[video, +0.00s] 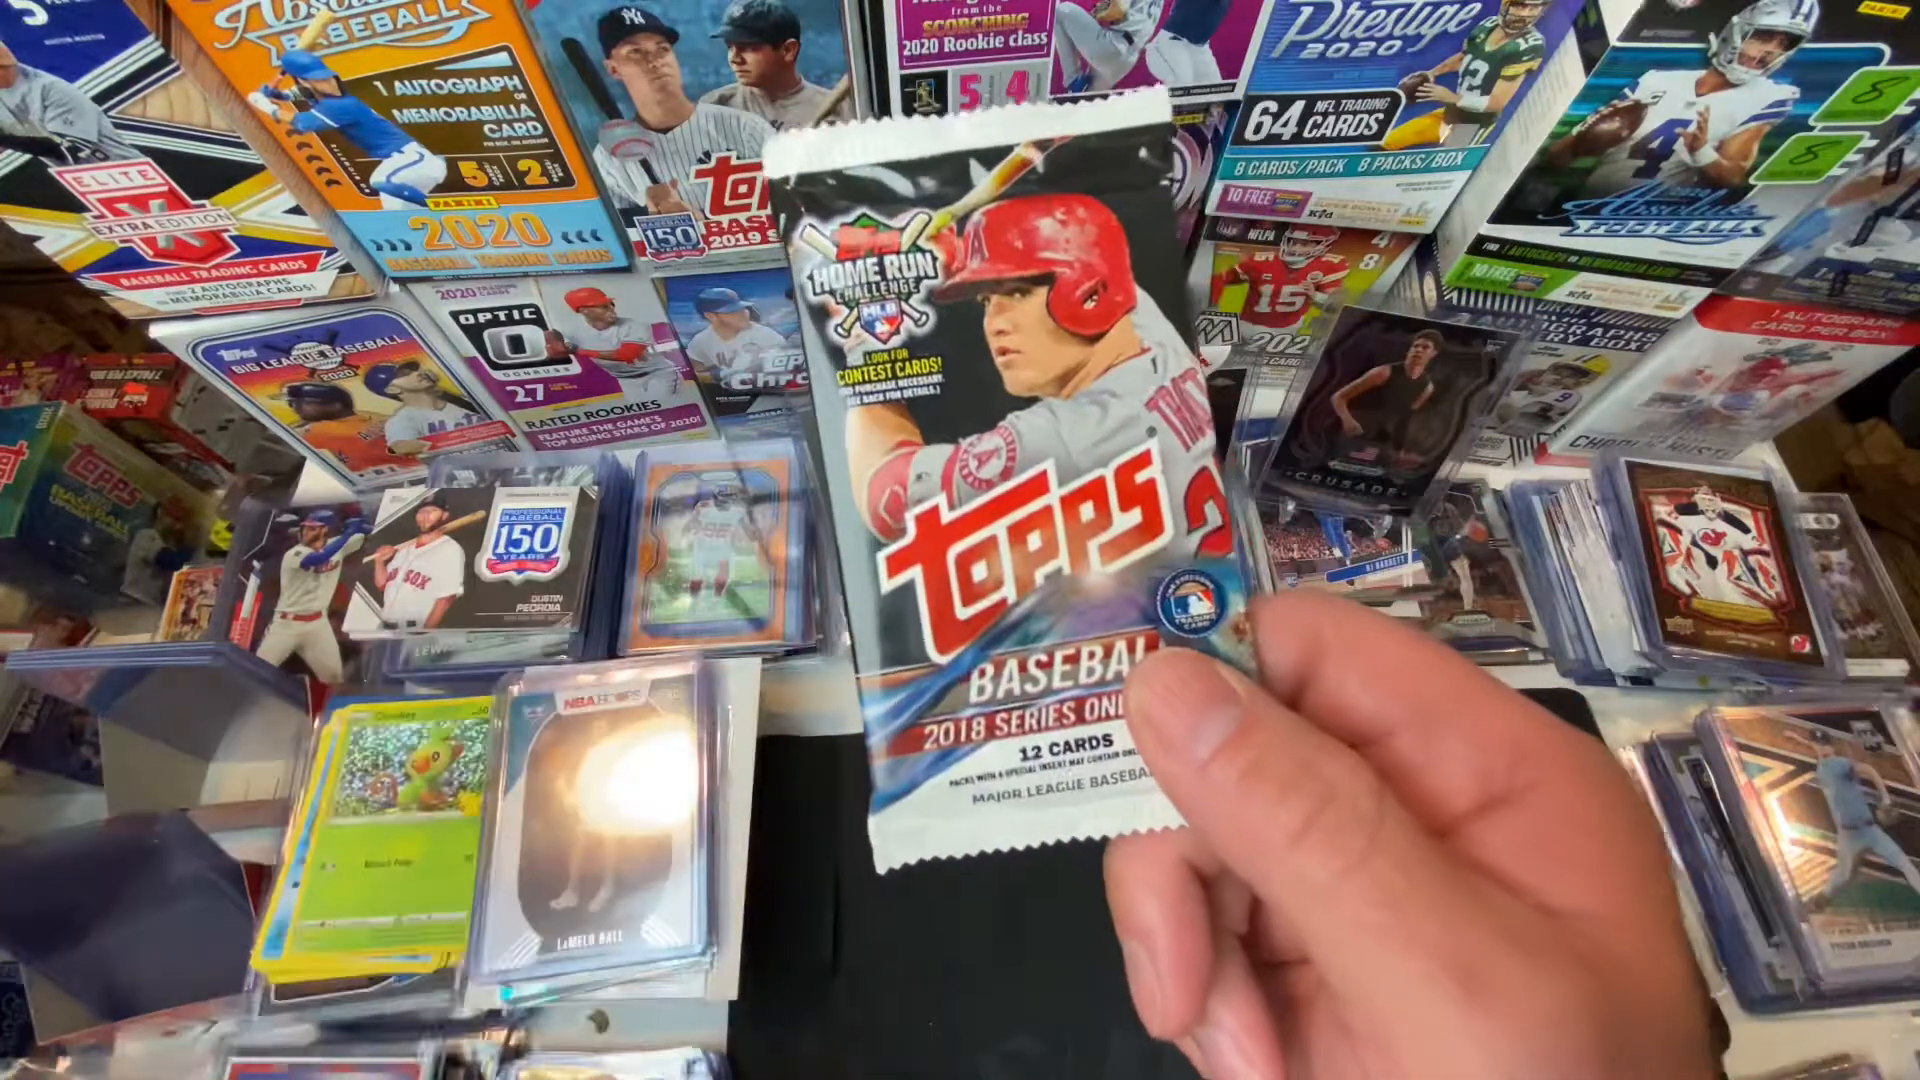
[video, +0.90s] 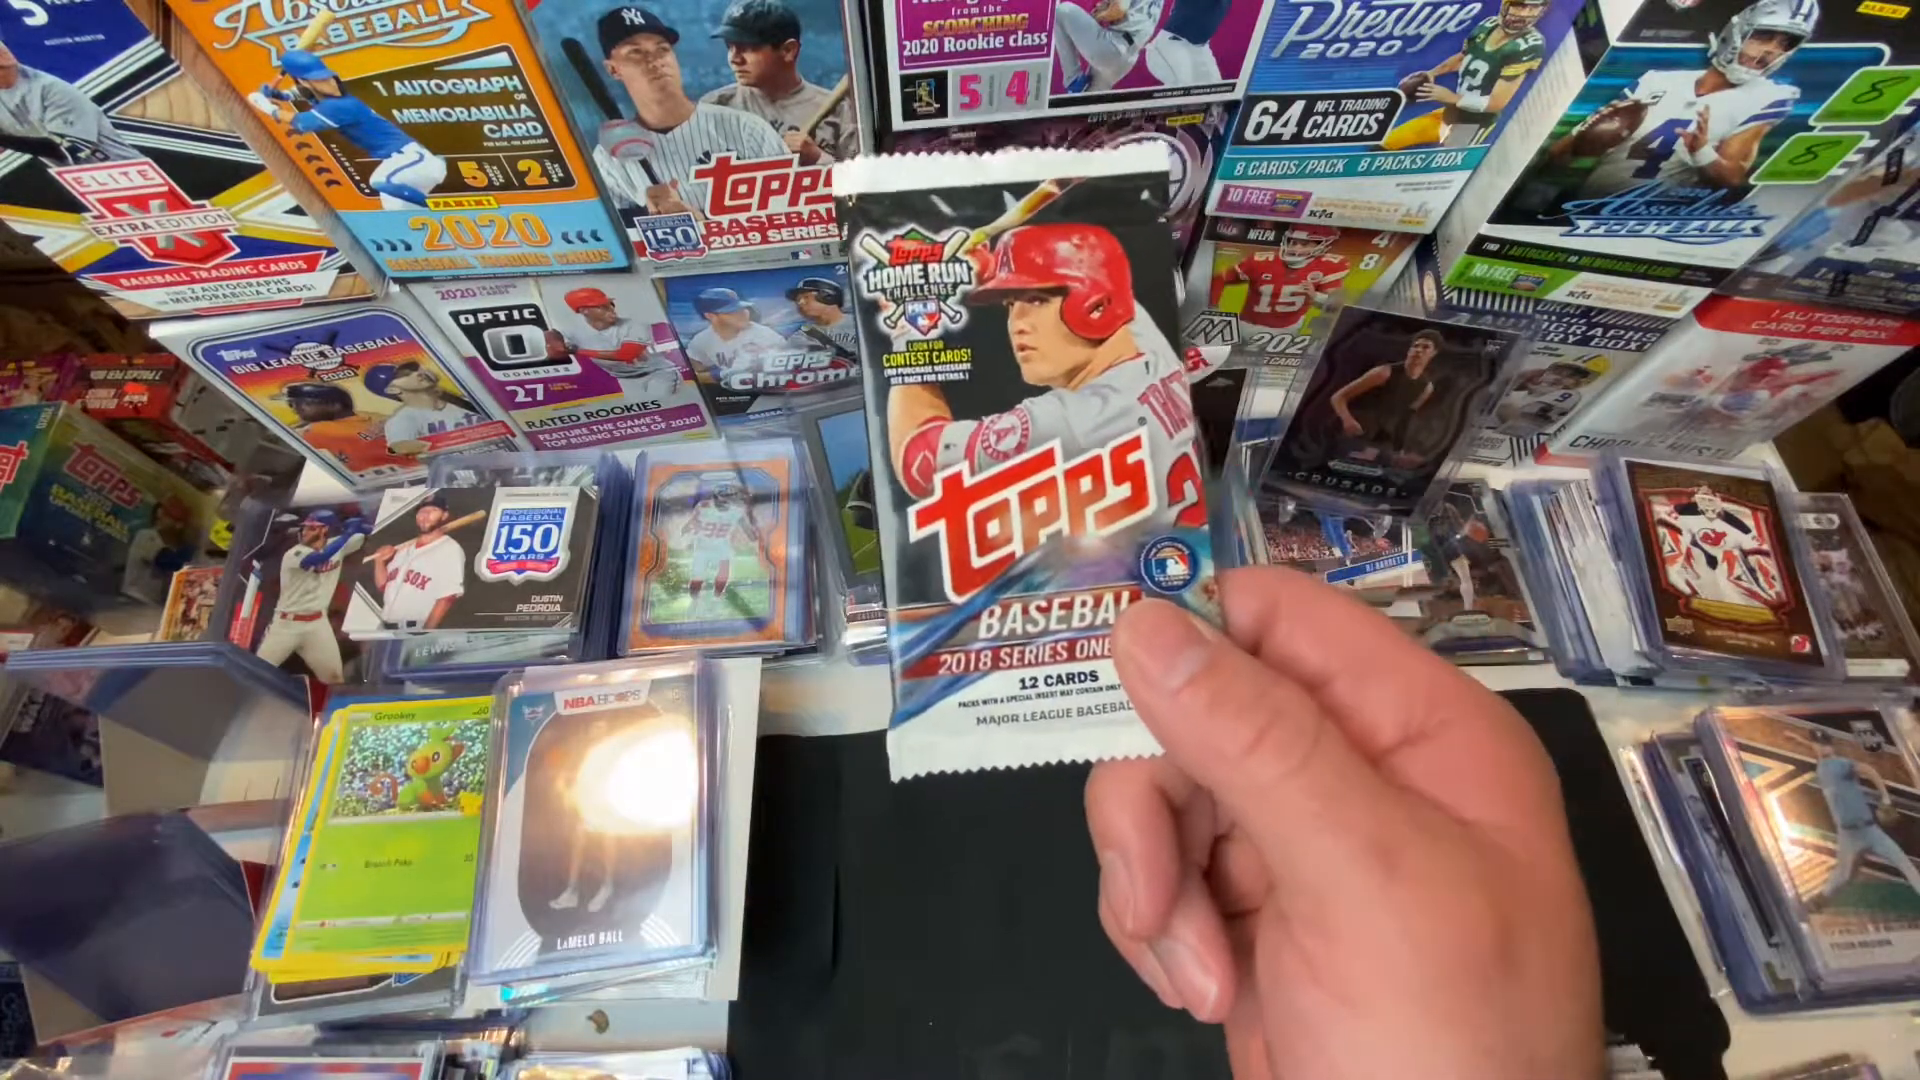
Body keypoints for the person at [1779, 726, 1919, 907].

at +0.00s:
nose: (1824, 753)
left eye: (1827, 748)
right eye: (1820, 750)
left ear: (1832, 747)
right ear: (1817, 752)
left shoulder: (1841, 764)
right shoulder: (1822, 768)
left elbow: (1869, 770)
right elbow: (1815, 748)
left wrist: (1885, 797)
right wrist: (1799, 738)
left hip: (1870, 828)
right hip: (1846, 834)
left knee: (1904, 863)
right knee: (1845, 874)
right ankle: (1824, 897)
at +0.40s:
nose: (1825, 755)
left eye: (1828, 749)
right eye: (1821, 751)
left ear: (1833, 748)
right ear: (1818, 754)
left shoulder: (1843, 765)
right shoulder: (1822, 769)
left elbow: (1869, 771)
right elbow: (1816, 748)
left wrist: (1885, 798)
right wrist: (1799, 738)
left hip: (1870, 829)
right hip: (1846, 835)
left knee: (1903, 863)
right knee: (1844, 875)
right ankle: (1823, 898)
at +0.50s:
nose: (1824, 749)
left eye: (1826, 744)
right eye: (1819, 745)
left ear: (1832, 745)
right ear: (1814, 748)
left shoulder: (1840, 764)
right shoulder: (1823, 768)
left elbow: (1870, 771)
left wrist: (1885, 797)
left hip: (1870, 828)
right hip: (1847, 834)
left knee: (1902, 862)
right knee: (1842, 875)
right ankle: (1818, 900)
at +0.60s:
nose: (1824, 749)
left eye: (1826, 744)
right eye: (1819, 745)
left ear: (1831, 745)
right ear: (1814, 748)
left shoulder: (1839, 764)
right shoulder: (1824, 768)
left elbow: (1869, 771)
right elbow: (1869, 770)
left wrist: (1885, 797)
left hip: (1870, 828)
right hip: (1847, 833)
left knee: (1903, 862)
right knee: (1843, 875)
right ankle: (1819, 899)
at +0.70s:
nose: (1824, 749)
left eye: (1826, 743)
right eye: (1819, 745)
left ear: (1831, 744)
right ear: (1813, 747)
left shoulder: (1840, 764)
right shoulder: (1822, 768)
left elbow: (1870, 771)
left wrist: (1885, 797)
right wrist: (1797, 738)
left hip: (1870, 828)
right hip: (1847, 833)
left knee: (1903, 863)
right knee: (1843, 875)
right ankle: (1820, 899)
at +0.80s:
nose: (1823, 749)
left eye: (1826, 744)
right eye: (1819, 745)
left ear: (1831, 745)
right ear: (1814, 748)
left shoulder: (1841, 764)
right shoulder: (1822, 768)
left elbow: (1869, 771)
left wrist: (1885, 796)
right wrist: (1798, 739)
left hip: (1869, 828)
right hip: (1846, 833)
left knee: (1901, 860)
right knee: (1843, 874)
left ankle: (1919, 888)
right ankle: (1820, 899)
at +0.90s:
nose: (1823, 750)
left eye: (1826, 744)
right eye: (1819, 746)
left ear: (1831, 745)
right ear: (1814, 748)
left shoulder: (1841, 764)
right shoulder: (1823, 768)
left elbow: (1870, 771)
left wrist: (1885, 796)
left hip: (1869, 827)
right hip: (1846, 833)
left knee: (1902, 861)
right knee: (1843, 874)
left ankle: (1918, 889)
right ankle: (1820, 899)